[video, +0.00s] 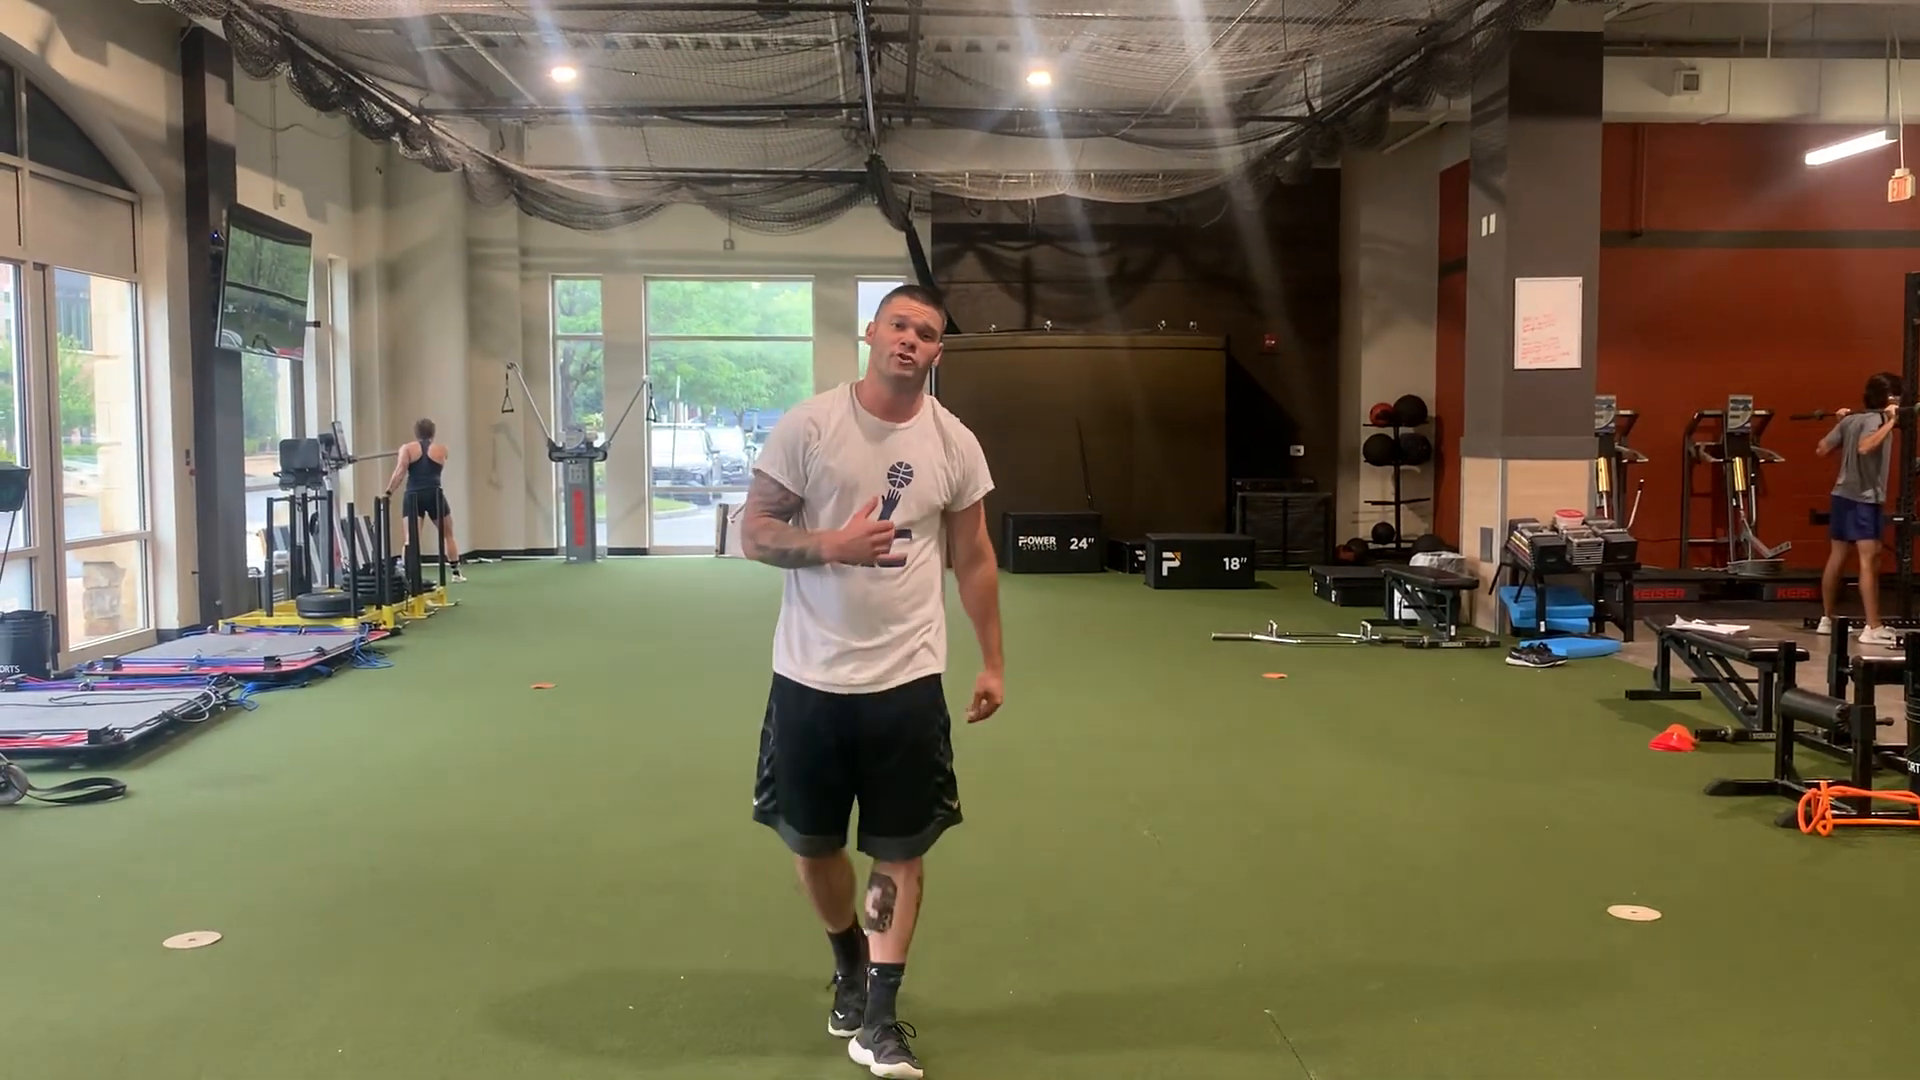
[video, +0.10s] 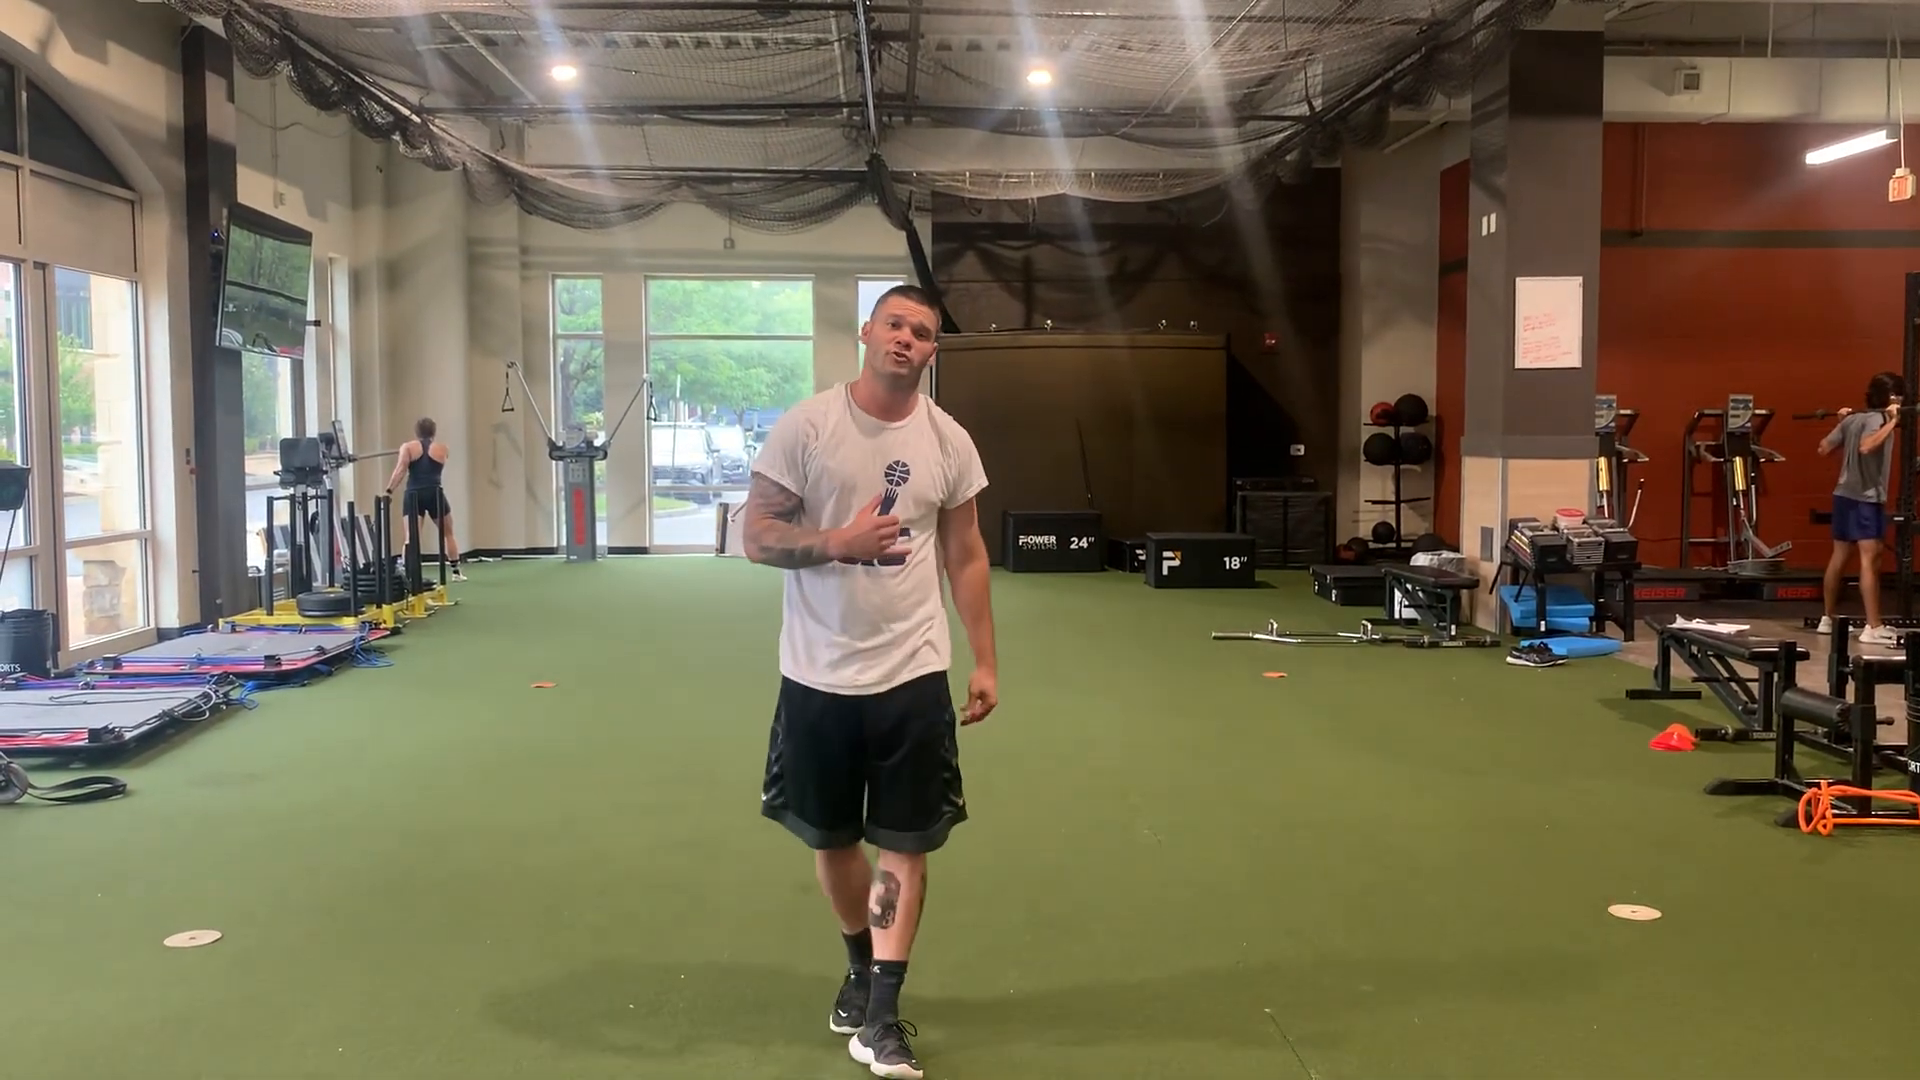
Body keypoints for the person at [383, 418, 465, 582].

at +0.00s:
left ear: (416, 433)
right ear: (433, 433)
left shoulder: (407, 449)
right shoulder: (442, 450)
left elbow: (400, 473)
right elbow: (437, 470)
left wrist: (388, 491)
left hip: (413, 496)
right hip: (434, 495)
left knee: (410, 539)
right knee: (448, 534)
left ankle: (406, 574)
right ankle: (456, 572)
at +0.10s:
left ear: (417, 432)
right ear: (433, 432)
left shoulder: (408, 447)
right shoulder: (442, 449)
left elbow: (400, 471)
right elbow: (437, 469)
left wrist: (389, 489)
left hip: (413, 494)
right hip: (434, 493)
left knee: (410, 538)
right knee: (448, 533)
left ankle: (405, 571)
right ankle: (456, 571)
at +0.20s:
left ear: (418, 431)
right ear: (434, 432)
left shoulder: (408, 446)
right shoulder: (443, 449)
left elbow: (400, 469)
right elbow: (438, 469)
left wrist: (390, 488)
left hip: (414, 494)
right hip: (435, 493)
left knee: (411, 536)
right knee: (448, 532)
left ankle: (406, 570)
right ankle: (457, 570)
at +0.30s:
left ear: (418, 431)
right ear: (435, 432)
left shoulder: (408, 446)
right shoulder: (443, 448)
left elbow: (401, 467)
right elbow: (438, 468)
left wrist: (390, 485)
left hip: (414, 493)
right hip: (435, 492)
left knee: (411, 536)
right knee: (448, 532)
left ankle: (406, 570)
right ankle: (457, 570)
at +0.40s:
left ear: (419, 431)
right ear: (435, 432)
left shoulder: (409, 446)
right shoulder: (444, 448)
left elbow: (401, 466)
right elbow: (438, 467)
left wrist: (391, 483)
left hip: (414, 492)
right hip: (435, 491)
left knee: (411, 535)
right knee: (449, 532)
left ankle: (407, 570)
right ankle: (457, 569)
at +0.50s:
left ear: (419, 431)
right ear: (436, 432)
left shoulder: (409, 446)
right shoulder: (444, 448)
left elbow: (401, 465)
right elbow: (439, 467)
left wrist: (390, 484)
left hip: (414, 492)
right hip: (435, 491)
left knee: (412, 535)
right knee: (449, 531)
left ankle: (410, 571)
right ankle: (458, 568)